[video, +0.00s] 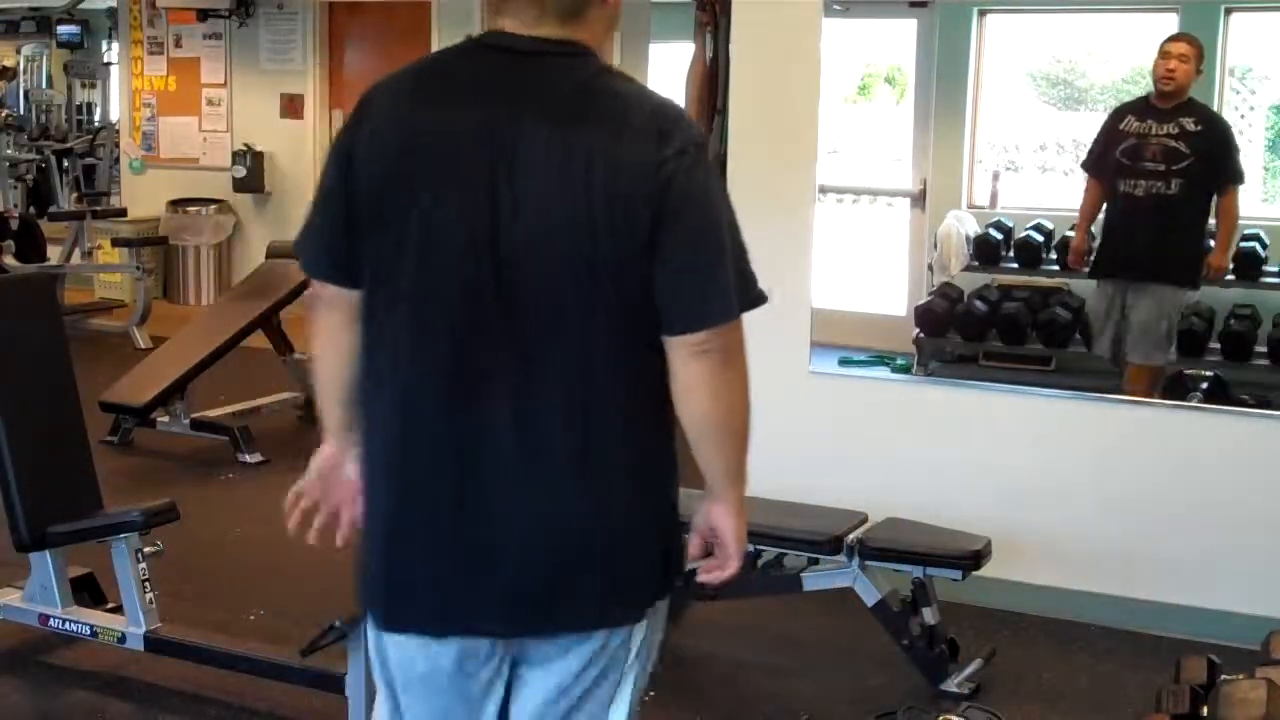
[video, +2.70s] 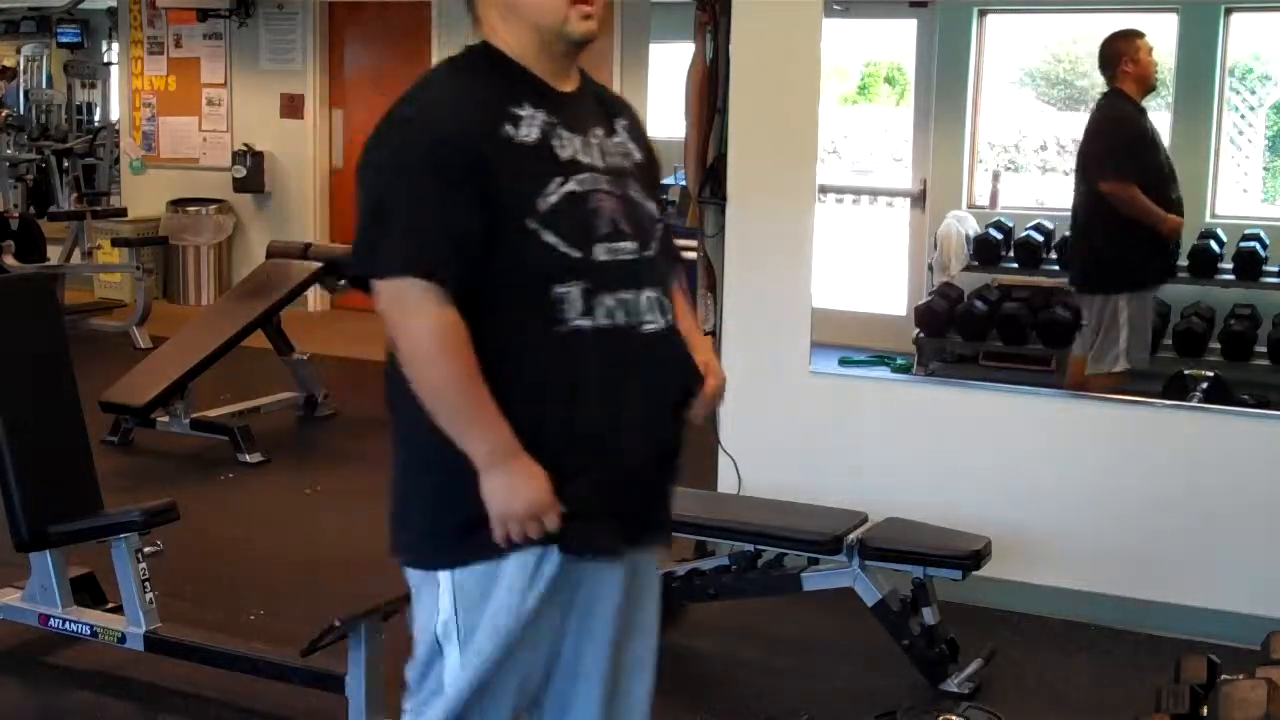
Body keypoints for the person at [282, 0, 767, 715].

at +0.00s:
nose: (617, 20)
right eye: (618, 16)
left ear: (492, 5)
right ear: (610, 9)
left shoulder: (388, 111)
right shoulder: (658, 140)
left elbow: (333, 295)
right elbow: (703, 342)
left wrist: (339, 439)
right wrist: (724, 494)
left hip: (425, 545)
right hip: (598, 553)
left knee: (420, 709)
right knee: (574, 709)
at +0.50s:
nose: (656, 18)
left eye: (656, 11)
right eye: (656, 10)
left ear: (547, 6)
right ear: (636, 7)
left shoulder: (470, 106)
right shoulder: (633, 131)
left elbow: (443, 271)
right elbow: (673, 323)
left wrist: (447, 399)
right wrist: (739, 462)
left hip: (485, 499)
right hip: (596, 520)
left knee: (499, 704)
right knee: (588, 707)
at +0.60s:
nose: (656, 18)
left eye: (657, 9)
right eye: (657, 6)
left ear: (550, 5)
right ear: (635, 5)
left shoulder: (502, 97)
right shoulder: (602, 122)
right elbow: (628, 314)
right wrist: (685, 461)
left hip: (501, 487)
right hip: (589, 506)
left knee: (516, 702)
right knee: (593, 706)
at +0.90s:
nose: (670, 14)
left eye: (669, 3)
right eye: (659, 0)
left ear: (601, 8)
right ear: (600, 1)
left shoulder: (611, 110)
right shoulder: (523, 104)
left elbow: (612, 278)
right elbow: (509, 276)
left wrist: (630, 426)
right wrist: (584, 435)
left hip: (606, 465)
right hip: (539, 475)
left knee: (604, 699)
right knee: (535, 703)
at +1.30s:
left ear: (613, 4)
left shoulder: (623, 119)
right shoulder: (450, 117)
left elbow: (656, 261)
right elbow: (408, 280)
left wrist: (709, 337)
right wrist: (460, 447)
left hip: (611, 478)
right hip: (494, 485)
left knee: (593, 701)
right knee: (461, 704)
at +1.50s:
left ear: (571, 3)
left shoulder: (587, 120)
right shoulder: (413, 113)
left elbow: (629, 270)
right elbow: (378, 285)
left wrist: (651, 236)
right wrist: (450, 448)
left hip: (579, 483)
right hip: (457, 495)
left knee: (568, 701)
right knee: (440, 703)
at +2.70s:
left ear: (601, 2)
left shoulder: (617, 118)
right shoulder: (434, 119)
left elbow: (650, 265)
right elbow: (409, 299)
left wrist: (693, 341)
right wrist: (499, 461)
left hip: (623, 498)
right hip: (491, 518)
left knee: (604, 709)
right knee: (468, 709)